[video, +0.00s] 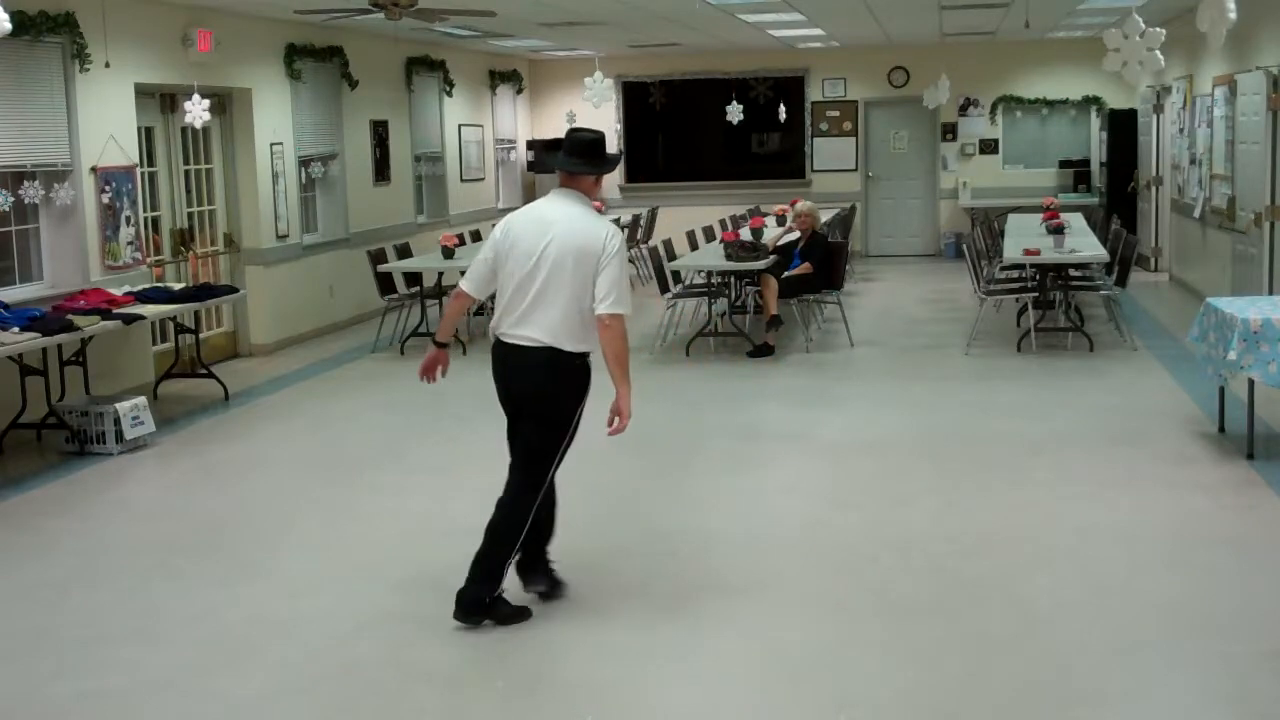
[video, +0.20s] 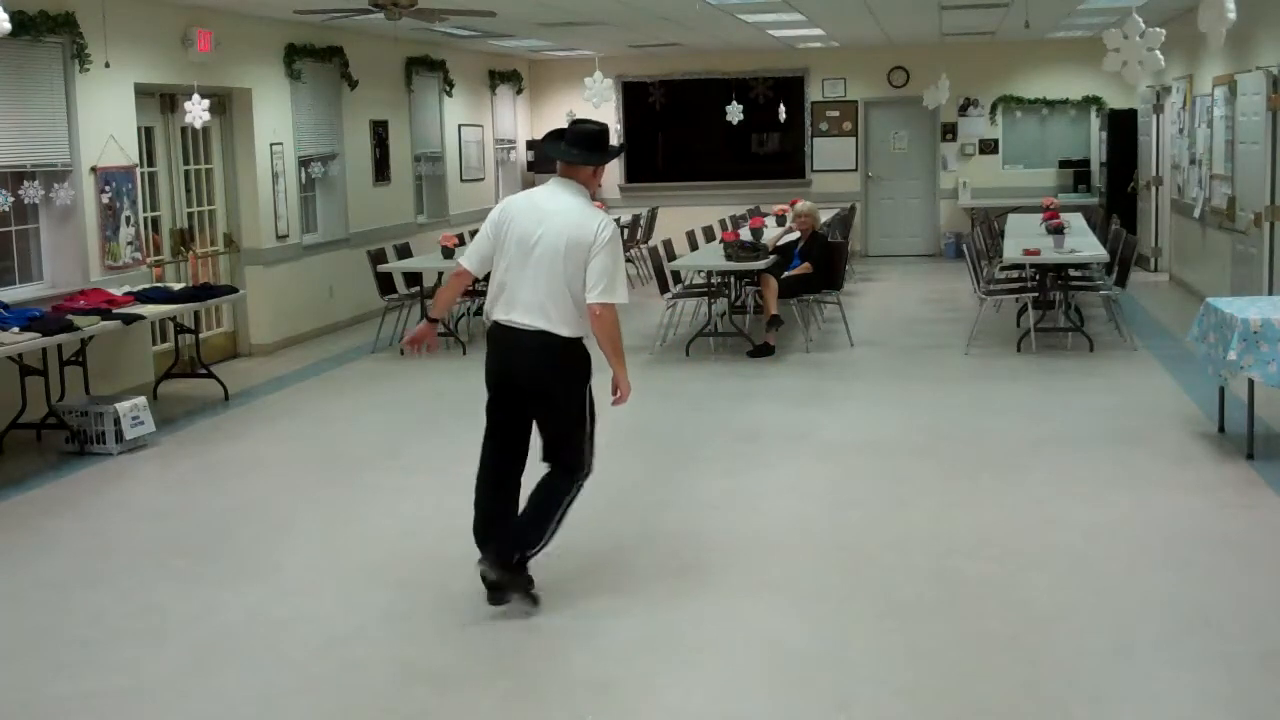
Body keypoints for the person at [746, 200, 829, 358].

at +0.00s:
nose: (802, 220)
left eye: (806, 216)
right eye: (798, 216)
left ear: (814, 219)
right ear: (795, 220)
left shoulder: (820, 240)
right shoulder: (797, 241)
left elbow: (810, 267)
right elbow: (767, 249)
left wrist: (785, 276)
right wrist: (784, 230)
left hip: (809, 278)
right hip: (790, 274)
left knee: (768, 291)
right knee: (765, 276)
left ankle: (769, 343)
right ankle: (773, 315)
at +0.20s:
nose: (802, 220)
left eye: (806, 216)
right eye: (798, 217)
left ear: (814, 219)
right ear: (795, 221)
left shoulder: (820, 240)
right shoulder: (796, 242)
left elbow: (809, 267)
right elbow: (767, 249)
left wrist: (785, 276)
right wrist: (785, 230)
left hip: (809, 279)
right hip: (790, 275)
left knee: (769, 291)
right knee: (765, 275)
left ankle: (769, 343)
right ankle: (773, 315)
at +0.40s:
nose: (801, 220)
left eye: (805, 216)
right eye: (798, 217)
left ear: (813, 219)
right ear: (794, 221)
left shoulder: (820, 240)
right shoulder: (796, 242)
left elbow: (809, 267)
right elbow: (767, 249)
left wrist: (785, 276)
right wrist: (784, 230)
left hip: (809, 279)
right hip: (790, 275)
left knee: (768, 291)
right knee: (765, 275)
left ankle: (769, 343)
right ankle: (773, 315)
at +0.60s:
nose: (801, 220)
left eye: (805, 216)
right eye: (798, 217)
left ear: (814, 219)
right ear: (794, 221)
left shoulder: (820, 240)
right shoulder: (796, 242)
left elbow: (809, 267)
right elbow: (767, 249)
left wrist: (785, 276)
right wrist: (785, 230)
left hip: (809, 279)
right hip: (790, 275)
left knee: (768, 291)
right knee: (765, 275)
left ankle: (769, 343)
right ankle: (773, 315)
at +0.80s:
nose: (801, 220)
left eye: (805, 216)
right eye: (798, 217)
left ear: (813, 219)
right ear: (794, 221)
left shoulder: (820, 240)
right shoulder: (796, 241)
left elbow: (809, 267)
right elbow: (767, 249)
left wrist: (785, 276)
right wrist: (784, 230)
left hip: (809, 279)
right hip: (790, 275)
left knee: (768, 291)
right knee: (765, 275)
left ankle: (769, 343)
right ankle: (773, 315)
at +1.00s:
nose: (801, 218)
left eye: (805, 215)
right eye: (798, 215)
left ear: (813, 219)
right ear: (795, 220)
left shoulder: (820, 240)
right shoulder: (796, 242)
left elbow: (809, 267)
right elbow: (767, 249)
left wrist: (785, 276)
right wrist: (784, 231)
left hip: (809, 279)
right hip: (790, 275)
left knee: (768, 292)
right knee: (765, 275)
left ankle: (769, 343)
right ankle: (774, 315)